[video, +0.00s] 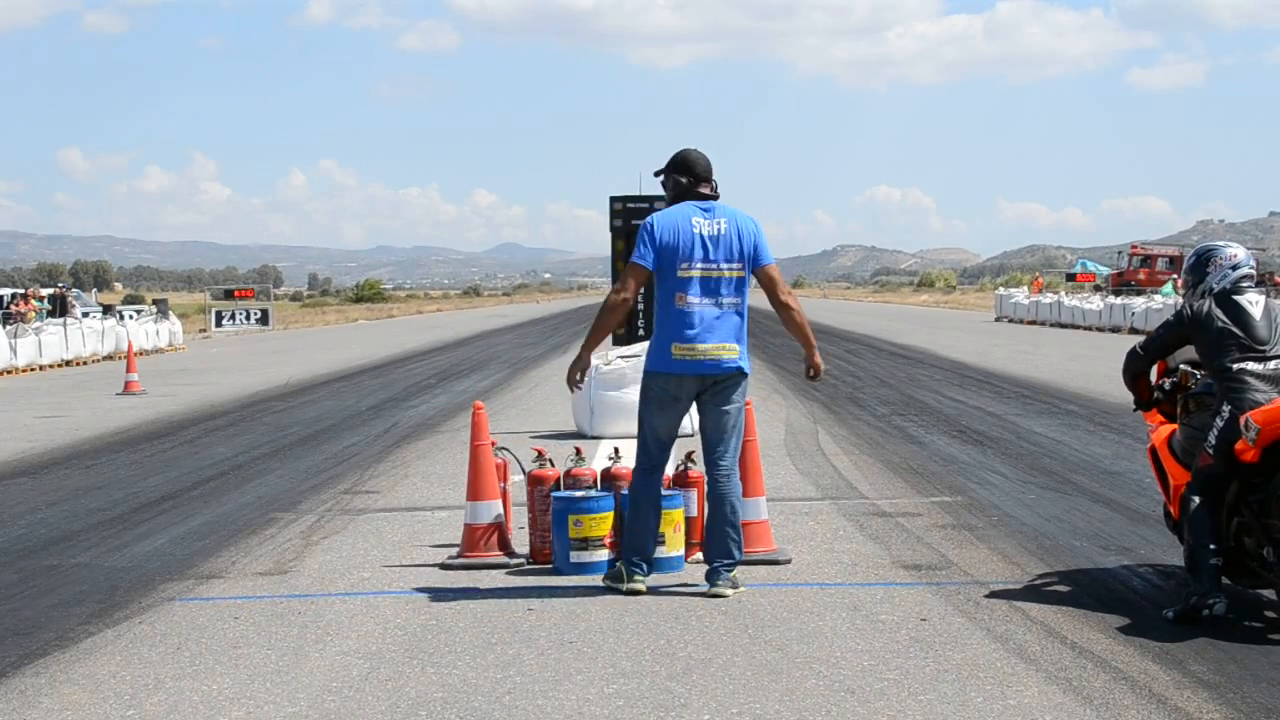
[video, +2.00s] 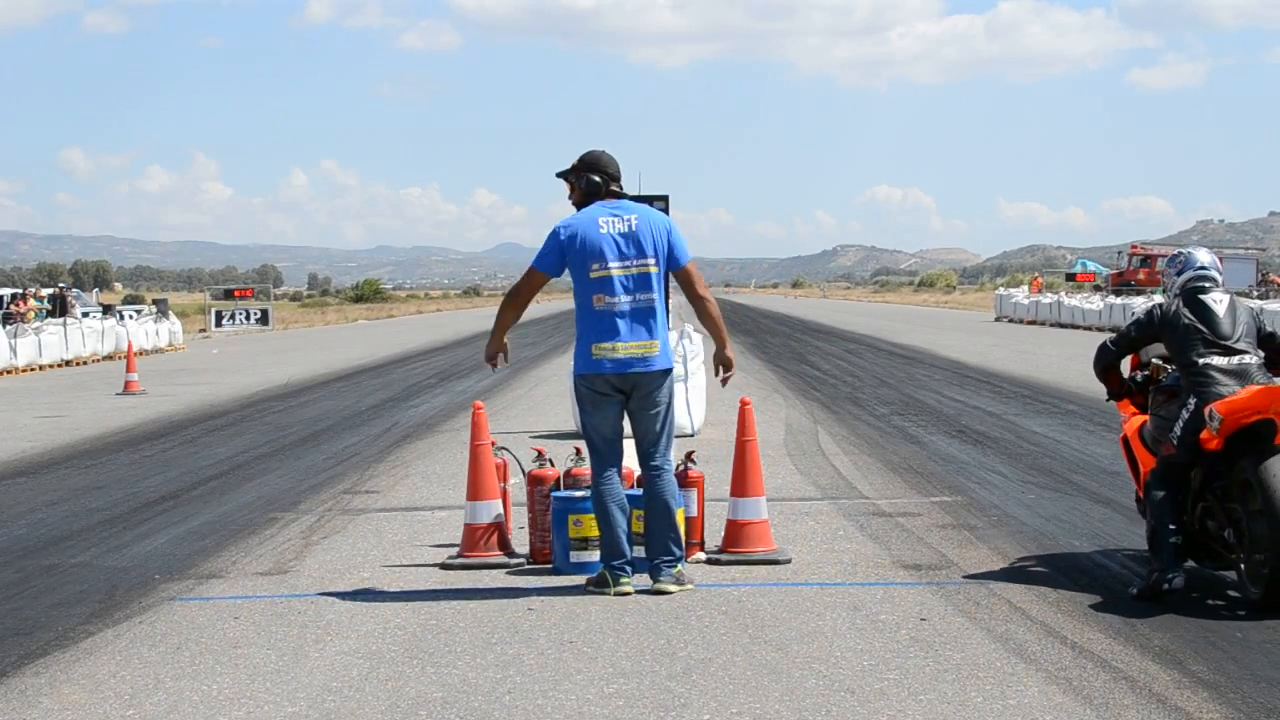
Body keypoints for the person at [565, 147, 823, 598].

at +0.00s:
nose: (662, 188)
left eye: (665, 182)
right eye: (663, 181)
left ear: (677, 183)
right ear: (711, 185)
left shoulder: (659, 225)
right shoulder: (745, 225)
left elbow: (624, 294)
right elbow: (782, 296)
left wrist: (585, 352)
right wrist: (812, 349)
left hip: (671, 362)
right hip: (729, 360)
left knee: (650, 464)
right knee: (723, 467)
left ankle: (635, 567)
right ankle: (723, 571)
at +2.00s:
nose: (568, 196)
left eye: (570, 188)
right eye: (568, 188)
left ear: (585, 186)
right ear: (616, 185)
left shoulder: (571, 230)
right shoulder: (659, 223)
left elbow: (523, 291)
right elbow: (698, 292)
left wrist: (497, 336)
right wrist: (723, 344)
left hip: (596, 366)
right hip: (653, 362)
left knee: (605, 468)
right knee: (658, 462)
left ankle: (616, 572)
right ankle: (667, 568)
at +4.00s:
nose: (528, 184)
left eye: (530, 177)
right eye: (528, 177)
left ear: (544, 178)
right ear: (581, 177)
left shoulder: (523, 228)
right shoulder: (624, 220)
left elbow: (500, 319)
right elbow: (649, 307)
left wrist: (487, 390)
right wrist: (649, 370)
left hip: (553, 375)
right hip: (616, 371)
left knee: (561, 485)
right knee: (629, 477)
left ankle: (570, 605)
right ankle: (641, 593)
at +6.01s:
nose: (578, 169)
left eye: (585, 159)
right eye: (579, 159)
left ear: (610, 161)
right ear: (635, 163)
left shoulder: (594, 218)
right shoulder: (690, 215)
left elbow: (570, 317)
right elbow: (711, 308)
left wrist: (545, 391)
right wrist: (709, 379)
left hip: (614, 386)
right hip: (682, 382)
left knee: (623, 508)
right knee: (688, 500)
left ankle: (638, 633)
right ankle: (704, 626)